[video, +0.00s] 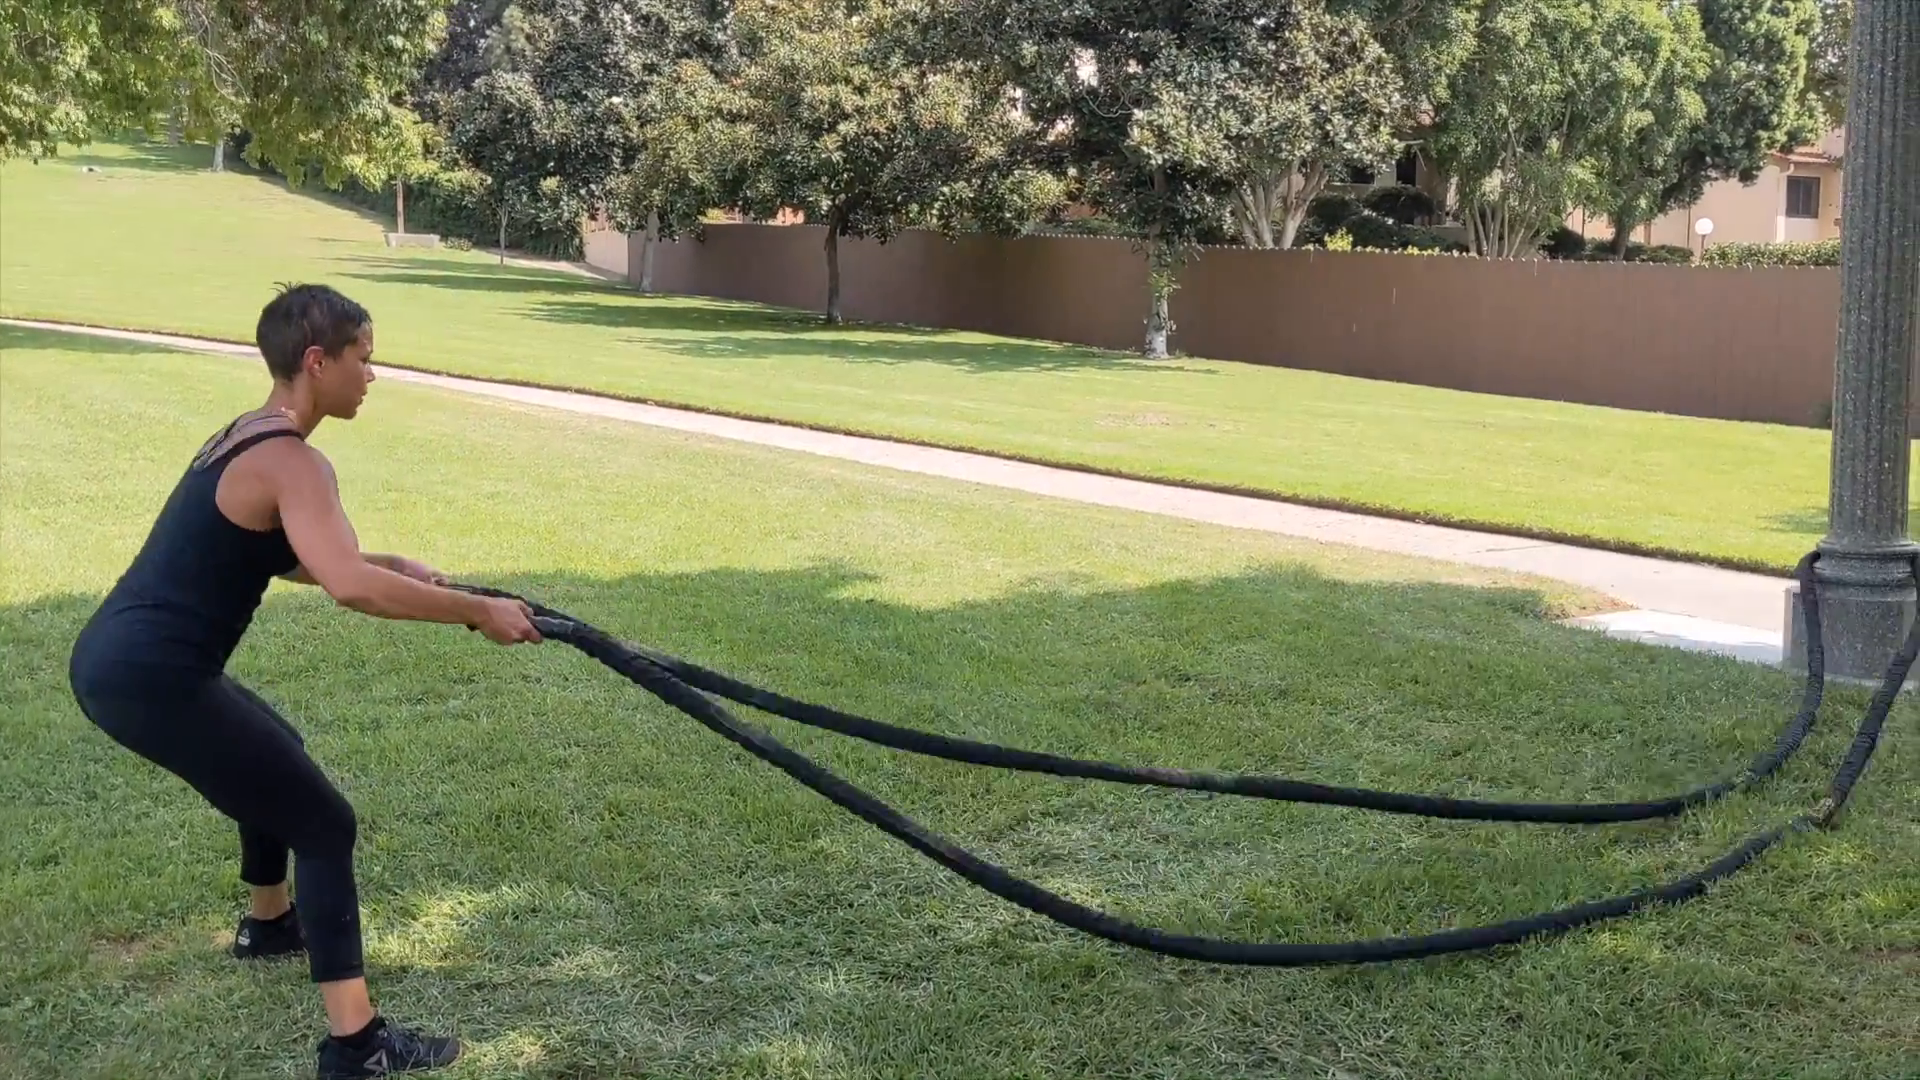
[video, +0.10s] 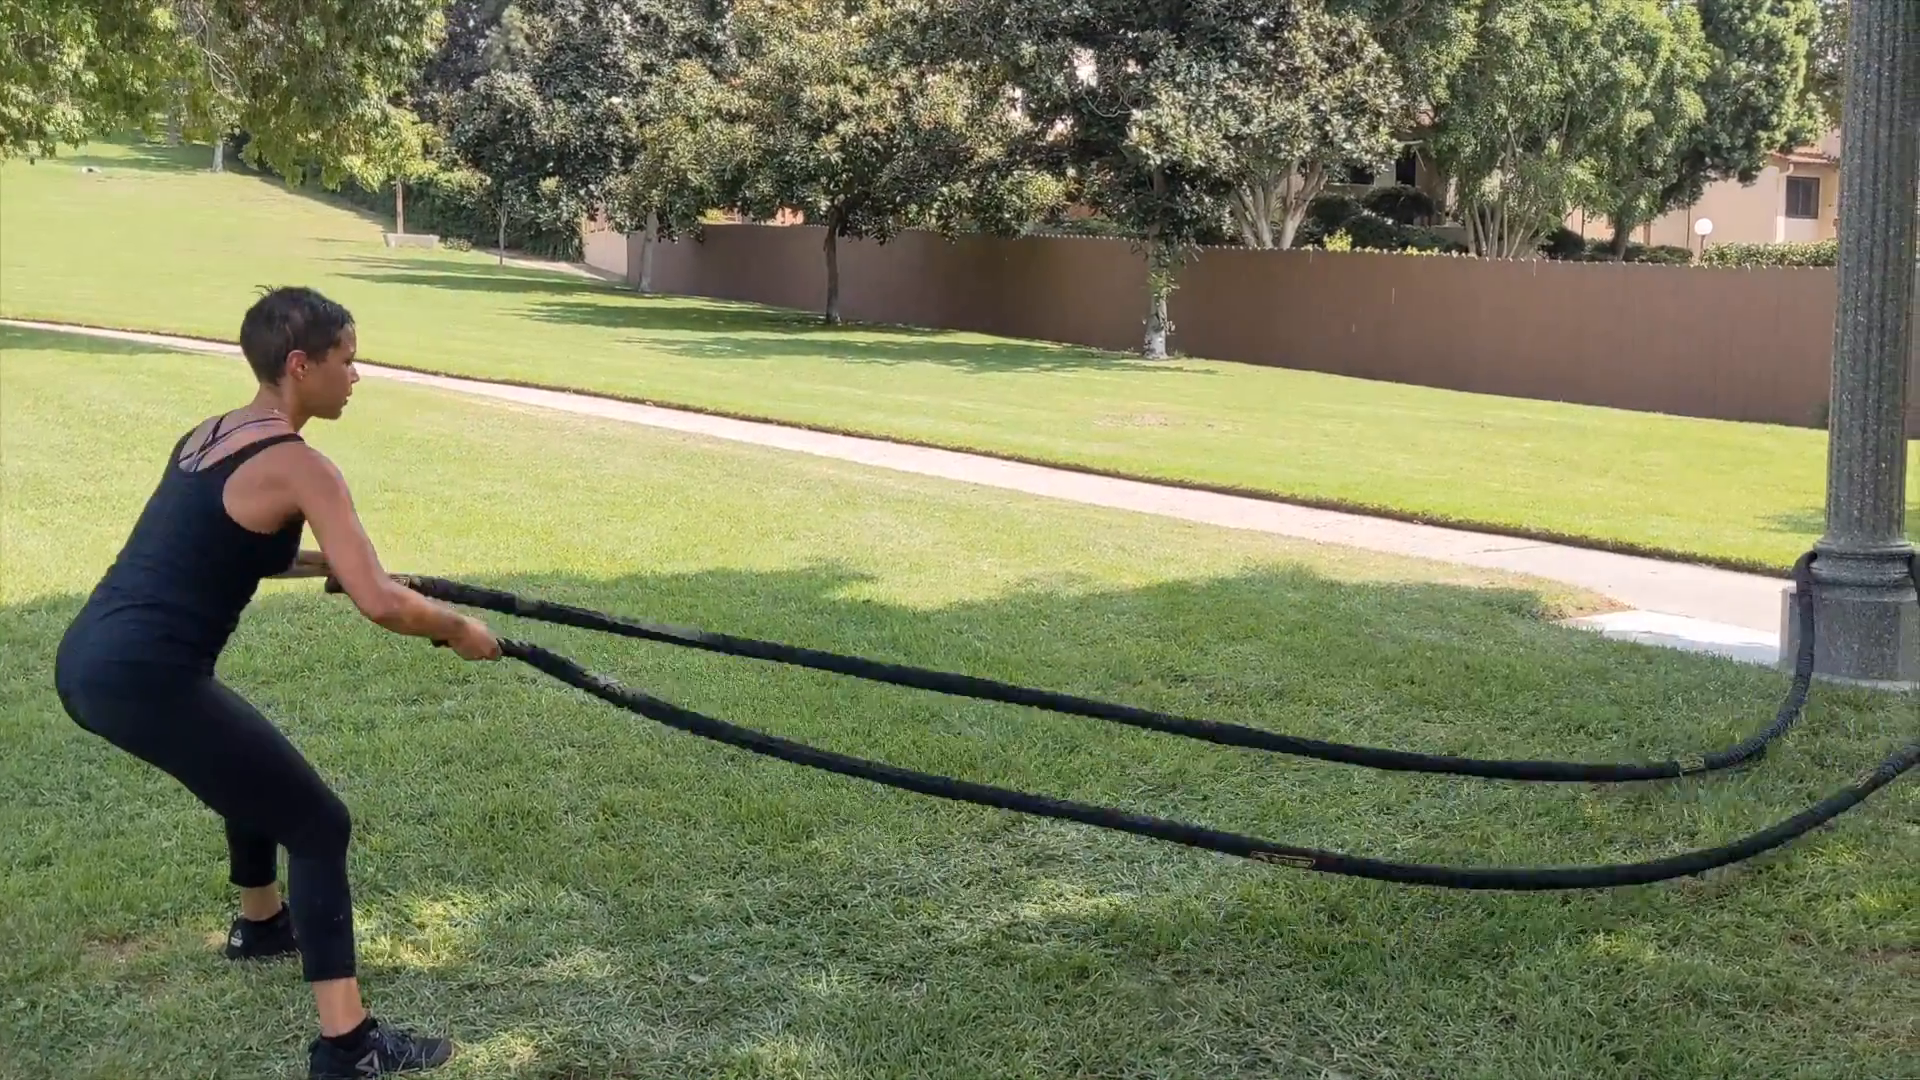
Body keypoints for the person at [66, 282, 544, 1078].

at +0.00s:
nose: (371, 372)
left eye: (370, 356)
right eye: (363, 356)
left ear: (299, 362)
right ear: (315, 360)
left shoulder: (245, 435)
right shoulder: (294, 464)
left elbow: (288, 560)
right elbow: (353, 583)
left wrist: (399, 571)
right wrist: (475, 610)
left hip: (114, 658)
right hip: (152, 679)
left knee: (274, 756)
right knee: (324, 822)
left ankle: (271, 918)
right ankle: (355, 1037)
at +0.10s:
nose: (355, 376)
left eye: (354, 360)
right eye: (347, 360)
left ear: (282, 365)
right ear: (298, 363)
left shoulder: (210, 434)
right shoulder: (304, 467)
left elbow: (236, 550)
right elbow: (381, 603)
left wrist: (339, 564)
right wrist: (453, 626)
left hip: (88, 662)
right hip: (148, 682)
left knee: (251, 770)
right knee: (318, 821)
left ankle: (263, 920)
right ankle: (346, 1037)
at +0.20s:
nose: (351, 378)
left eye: (350, 363)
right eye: (341, 364)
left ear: (275, 373)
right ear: (295, 373)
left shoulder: (194, 432)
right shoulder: (315, 477)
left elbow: (122, 529)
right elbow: (386, 597)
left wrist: (240, 548)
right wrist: (424, 580)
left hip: (79, 665)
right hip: (148, 683)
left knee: (241, 766)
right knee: (325, 821)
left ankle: (255, 919)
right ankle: (338, 1037)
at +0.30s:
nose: (348, 380)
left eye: (347, 365)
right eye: (339, 366)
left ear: (269, 373)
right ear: (293, 372)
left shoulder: (185, 429)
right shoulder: (315, 473)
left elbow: (72, 514)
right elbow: (362, 593)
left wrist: (148, 542)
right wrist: (363, 547)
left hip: (74, 670)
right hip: (150, 682)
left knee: (235, 768)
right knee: (325, 821)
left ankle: (248, 921)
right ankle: (332, 1039)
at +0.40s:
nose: (342, 379)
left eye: (341, 363)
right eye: (333, 364)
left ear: (264, 370)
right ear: (287, 369)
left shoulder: (179, 428)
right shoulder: (311, 471)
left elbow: (64, 515)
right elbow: (340, 592)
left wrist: (129, 556)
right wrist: (318, 526)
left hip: (69, 672)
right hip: (146, 683)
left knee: (230, 767)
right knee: (322, 820)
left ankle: (242, 922)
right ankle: (326, 1039)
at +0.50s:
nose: (337, 376)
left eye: (336, 360)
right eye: (328, 361)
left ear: (258, 368)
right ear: (281, 365)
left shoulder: (179, 429)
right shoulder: (302, 466)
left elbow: (147, 541)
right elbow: (332, 596)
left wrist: (228, 582)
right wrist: (289, 537)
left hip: (66, 665)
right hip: (132, 682)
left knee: (231, 767)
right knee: (311, 821)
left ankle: (236, 921)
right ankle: (320, 1037)